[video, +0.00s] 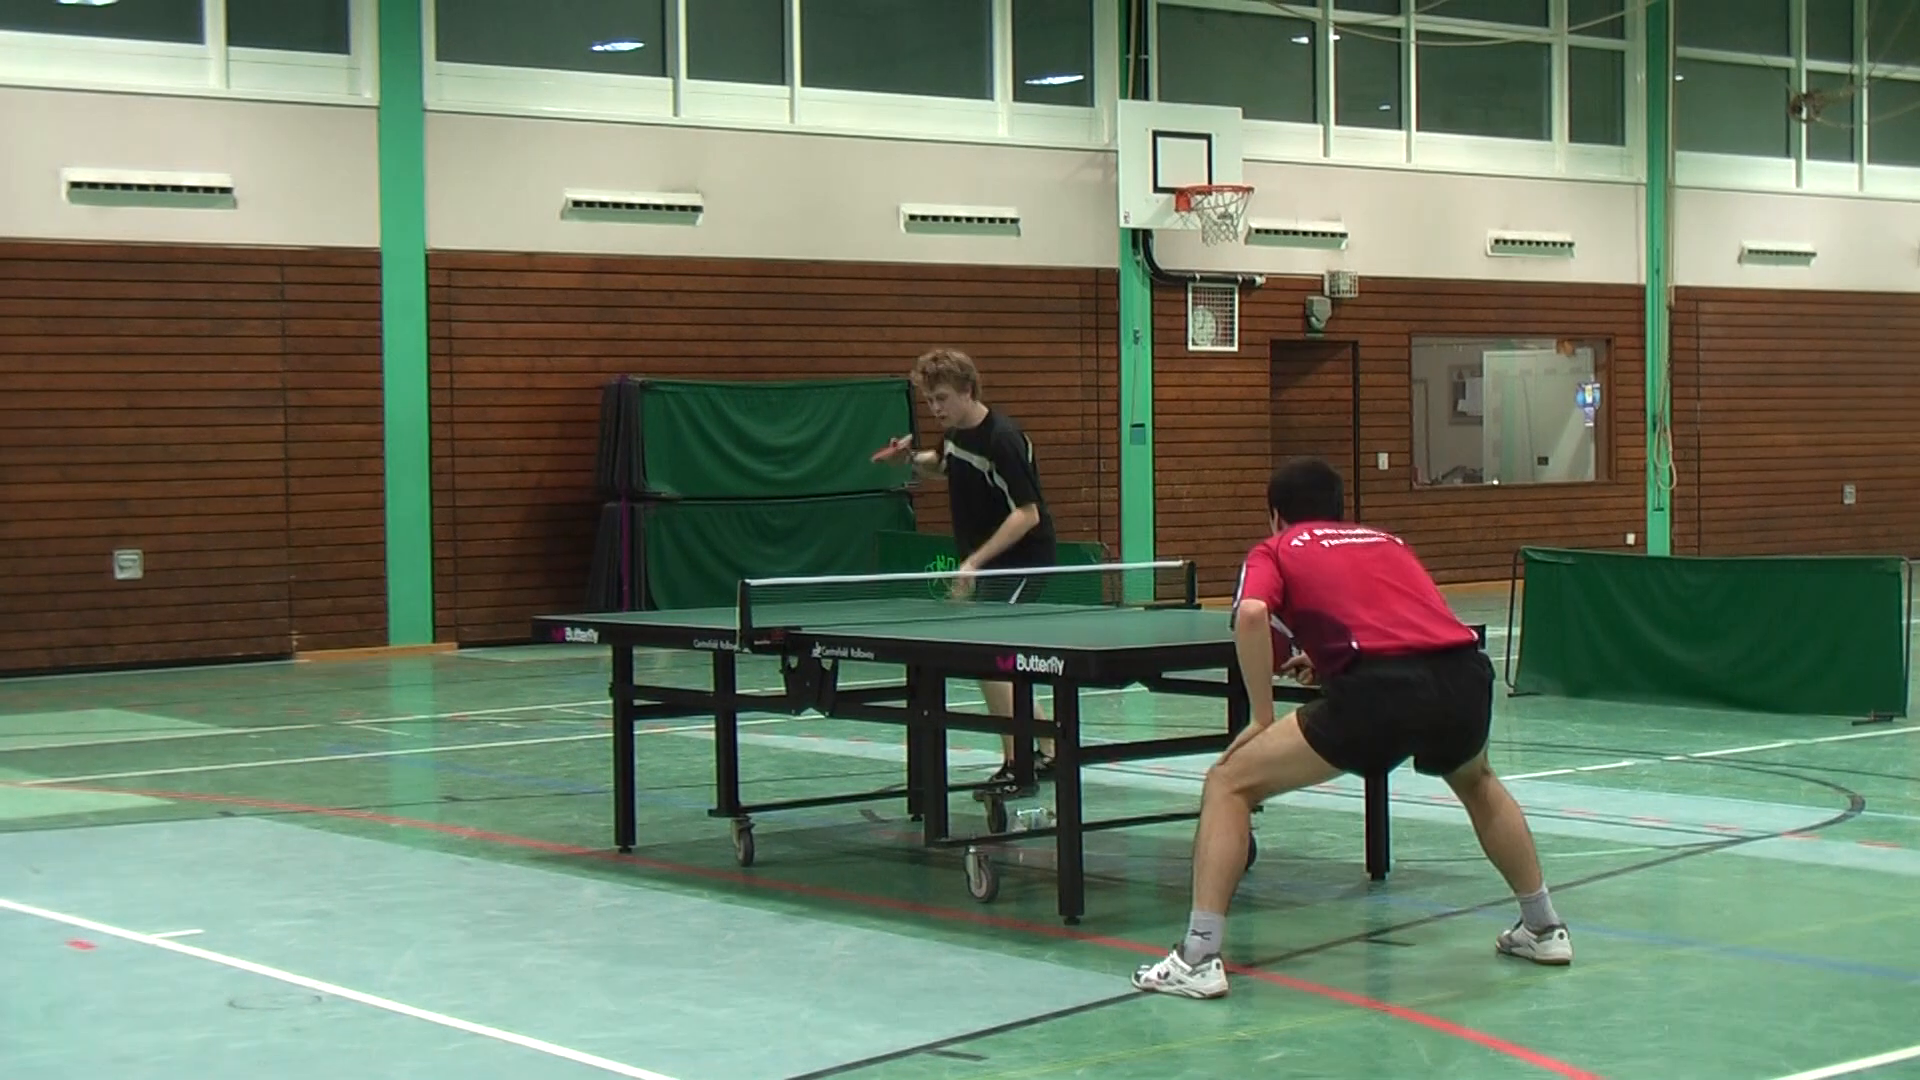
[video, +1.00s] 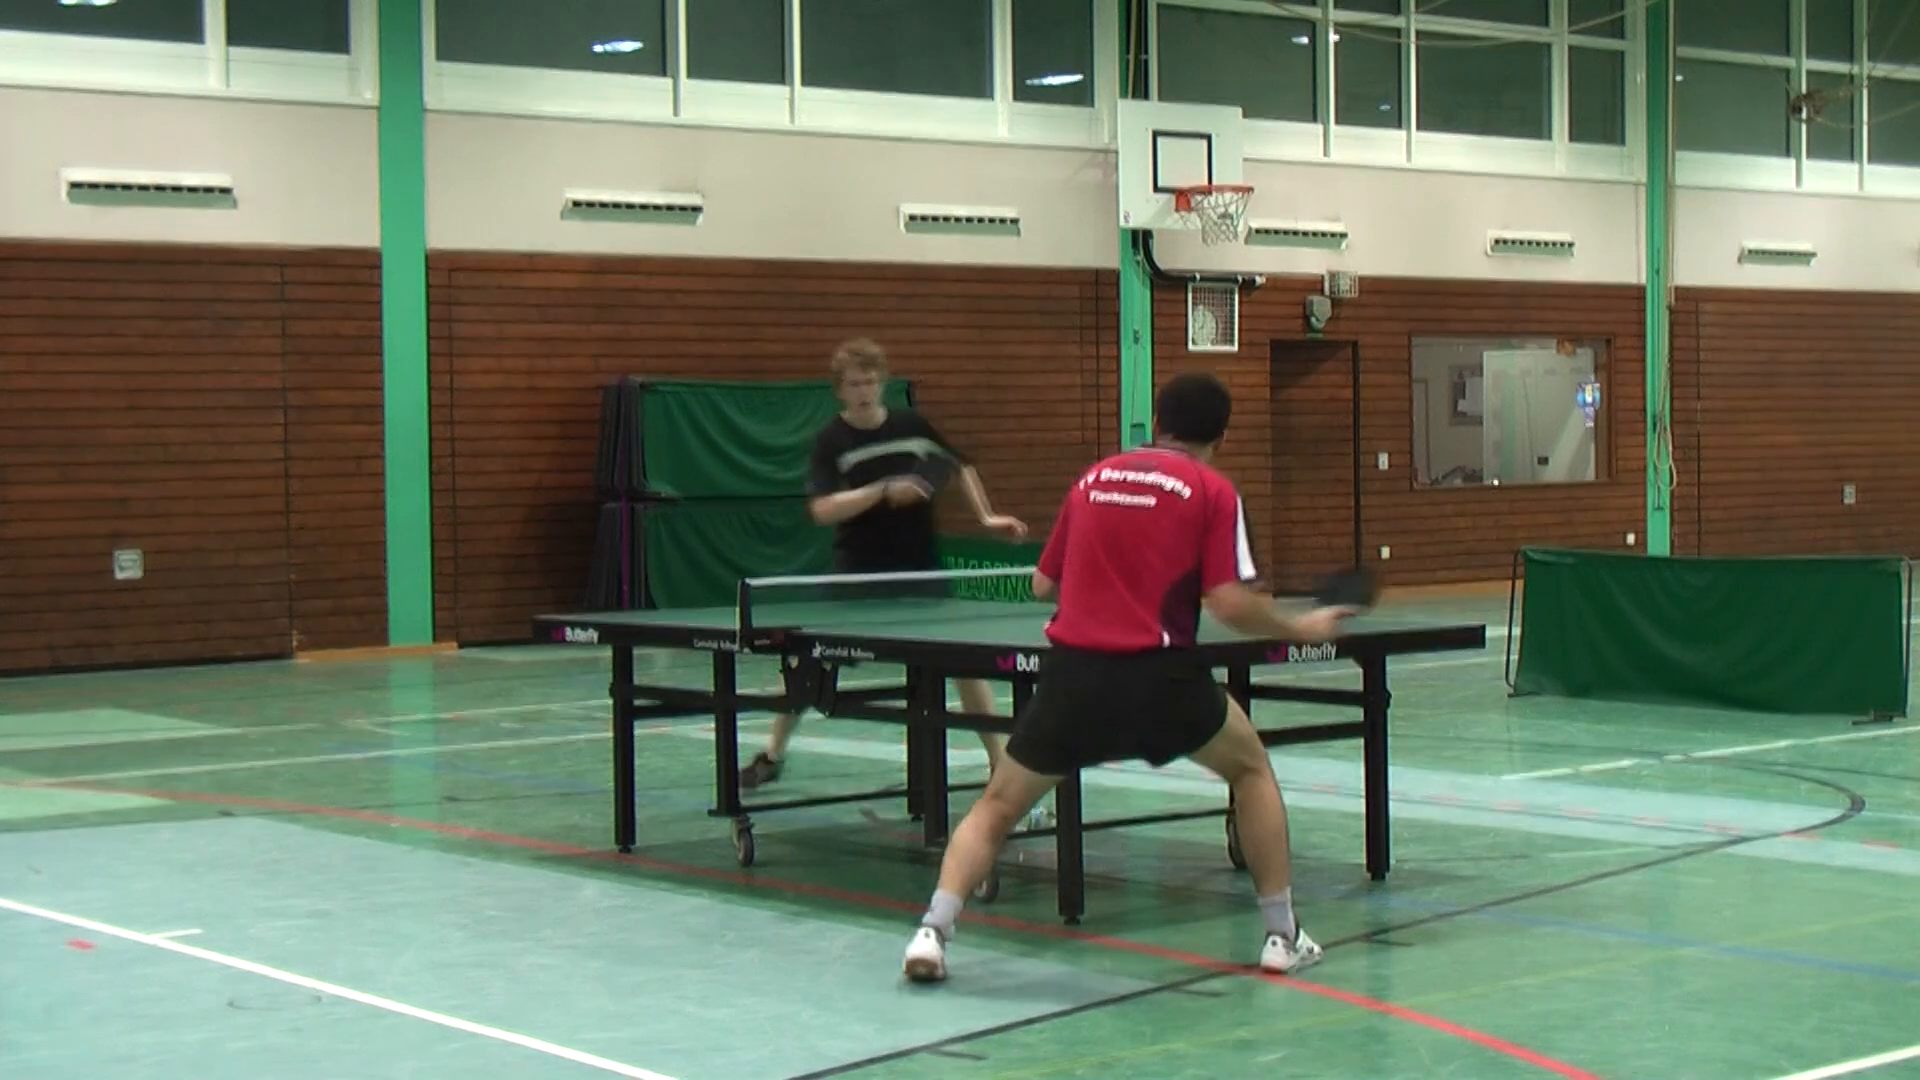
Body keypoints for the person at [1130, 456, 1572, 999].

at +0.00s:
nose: (1270, 528)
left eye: (1271, 518)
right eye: (1273, 518)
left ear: (1278, 518)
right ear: (1339, 511)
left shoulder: (1273, 548)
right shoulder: (1385, 539)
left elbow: (1251, 612)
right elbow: (1418, 613)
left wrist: (1262, 714)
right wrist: (1326, 658)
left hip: (1379, 689)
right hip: (1464, 680)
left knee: (1229, 781)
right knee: (1478, 781)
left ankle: (1199, 957)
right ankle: (1545, 925)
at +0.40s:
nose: (1215, 449)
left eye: (1216, 441)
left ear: (1224, 443)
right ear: (1283, 439)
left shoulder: (1221, 485)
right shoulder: (1325, 486)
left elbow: (1208, 572)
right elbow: (1368, 580)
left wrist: (1198, 677)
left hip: (1304, 665)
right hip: (1378, 661)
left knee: (1163, 785)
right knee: (1420, 794)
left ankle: (1199, 958)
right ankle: (1531, 924)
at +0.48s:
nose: (1196, 412)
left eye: (1197, 404)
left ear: (1208, 408)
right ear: (1270, 406)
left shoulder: (1193, 456)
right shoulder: (1310, 463)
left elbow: (1162, 545)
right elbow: (1356, 582)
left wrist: (1150, 645)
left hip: (1247, 651)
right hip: (1326, 650)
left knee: (1144, 790)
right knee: (1365, 784)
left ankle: (1198, 956)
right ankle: (1454, 922)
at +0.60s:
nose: (1181, 379)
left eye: (1183, 370)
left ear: (1188, 375)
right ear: (1253, 377)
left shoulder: (1157, 429)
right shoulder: (1293, 443)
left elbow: (1100, 516)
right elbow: (1337, 564)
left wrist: (1082, 613)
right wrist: (1269, 558)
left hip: (1174, 628)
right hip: (1262, 634)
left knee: (1105, 774)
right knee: (1268, 770)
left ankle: (1146, 917)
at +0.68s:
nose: (1167, 376)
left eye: (1168, 367)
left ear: (1171, 371)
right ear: (1236, 374)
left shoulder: (1136, 431)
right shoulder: (1275, 444)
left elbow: (1066, 523)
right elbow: (1314, 558)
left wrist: (1044, 601)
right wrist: (1261, 566)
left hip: (1138, 630)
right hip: (1228, 642)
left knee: (1061, 768)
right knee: (1229, 792)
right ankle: (1193, 945)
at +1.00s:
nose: (1215, 447)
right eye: (1219, 437)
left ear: (1155, 423)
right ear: (1216, 435)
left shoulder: (1095, 475)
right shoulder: (1213, 492)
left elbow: (1046, 583)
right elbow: (1228, 601)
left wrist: (1122, 579)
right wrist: (1297, 627)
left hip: (1071, 681)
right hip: (1160, 681)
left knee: (996, 806)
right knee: (1249, 769)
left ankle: (930, 932)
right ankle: (1283, 936)